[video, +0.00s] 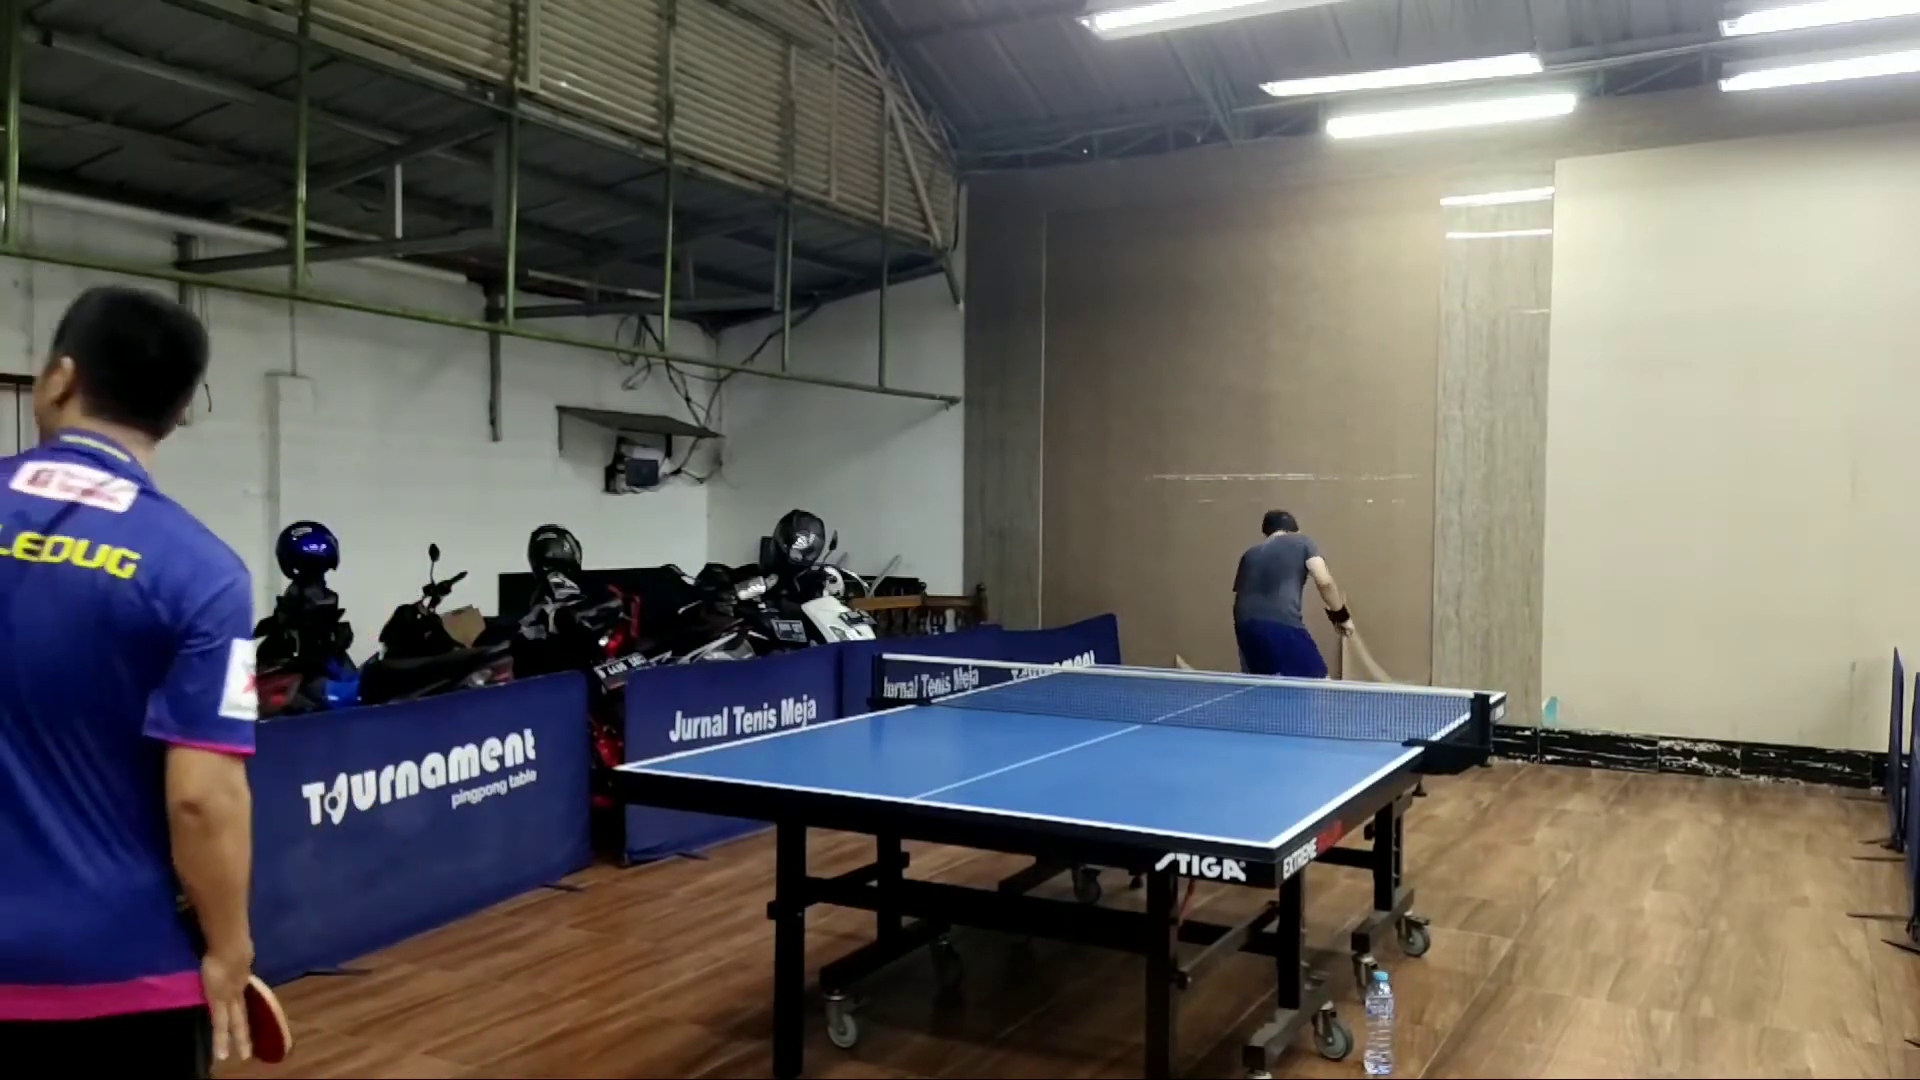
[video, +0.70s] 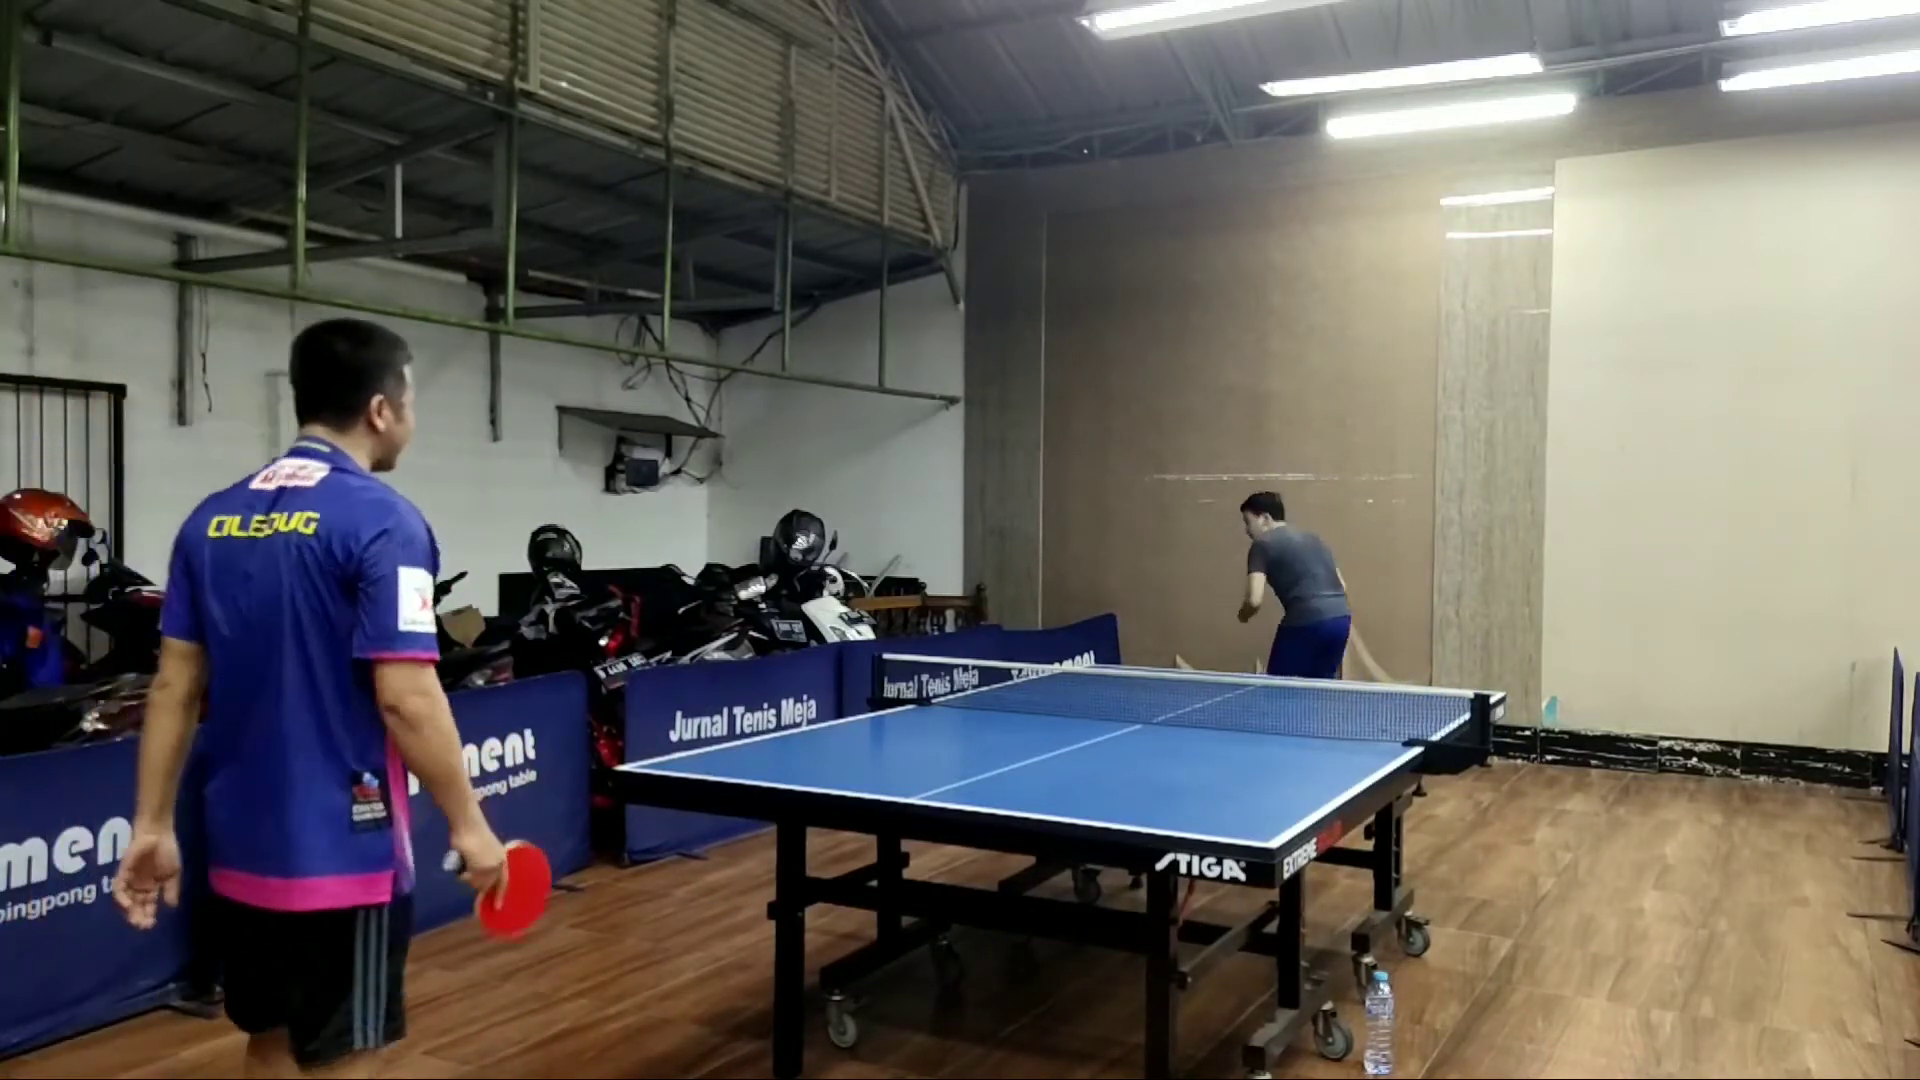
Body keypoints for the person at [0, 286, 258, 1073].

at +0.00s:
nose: (39, 379)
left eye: (45, 364)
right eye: (47, 362)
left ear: (61, 375)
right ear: (177, 415)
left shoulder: (5, 491)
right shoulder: (199, 570)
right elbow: (202, 796)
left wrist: (225, 950)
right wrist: (229, 951)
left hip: (6, 966)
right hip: (123, 981)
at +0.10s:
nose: (88, 378)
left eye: (94, 364)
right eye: (92, 362)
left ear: (114, 372)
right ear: (217, 411)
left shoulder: (9, 486)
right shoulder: (250, 559)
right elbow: (253, 774)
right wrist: (279, 914)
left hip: (8, 934)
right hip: (158, 952)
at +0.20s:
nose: (124, 378)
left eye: (129, 364)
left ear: (147, 370)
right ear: (248, 411)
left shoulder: (21, 493)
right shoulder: (284, 547)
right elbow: (301, 754)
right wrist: (330, 865)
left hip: (30, 911)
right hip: (195, 925)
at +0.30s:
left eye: (165, 362)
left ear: (167, 374)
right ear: (286, 403)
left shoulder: (54, 497)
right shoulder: (313, 539)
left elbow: (11, 687)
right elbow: (340, 734)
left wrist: (8, 828)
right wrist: (375, 806)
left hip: (72, 896)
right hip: (223, 912)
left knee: (109, 1063)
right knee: (243, 1064)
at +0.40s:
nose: (324, 409)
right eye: (325, 391)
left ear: (208, 385)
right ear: (309, 398)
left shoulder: (94, 501)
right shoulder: (332, 534)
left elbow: (39, 687)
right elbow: (368, 725)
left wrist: (27, 836)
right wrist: (415, 770)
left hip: (115, 881)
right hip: (250, 899)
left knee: (145, 1061)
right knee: (267, 1063)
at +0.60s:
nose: (388, 425)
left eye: (387, 406)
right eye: (385, 405)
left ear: (279, 404)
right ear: (360, 413)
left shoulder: (172, 519)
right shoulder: (368, 533)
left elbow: (126, 688)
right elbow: (404, 712)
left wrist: (96, 835)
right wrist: (472, 788)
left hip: (193, 876)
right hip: (307, 881)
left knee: (251, 1061)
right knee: (304, 1066)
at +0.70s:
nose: (411, 422)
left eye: (410, 402)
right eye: (408, 401)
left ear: (307, 400)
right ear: (381, 407)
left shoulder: (211, 517)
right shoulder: (383, 521)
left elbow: (175, 682)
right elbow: (406, 697)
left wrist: (152, 823)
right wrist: (468, 824)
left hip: (234, 851)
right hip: (341, 859)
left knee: (269, 1043)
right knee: (346, 1059)